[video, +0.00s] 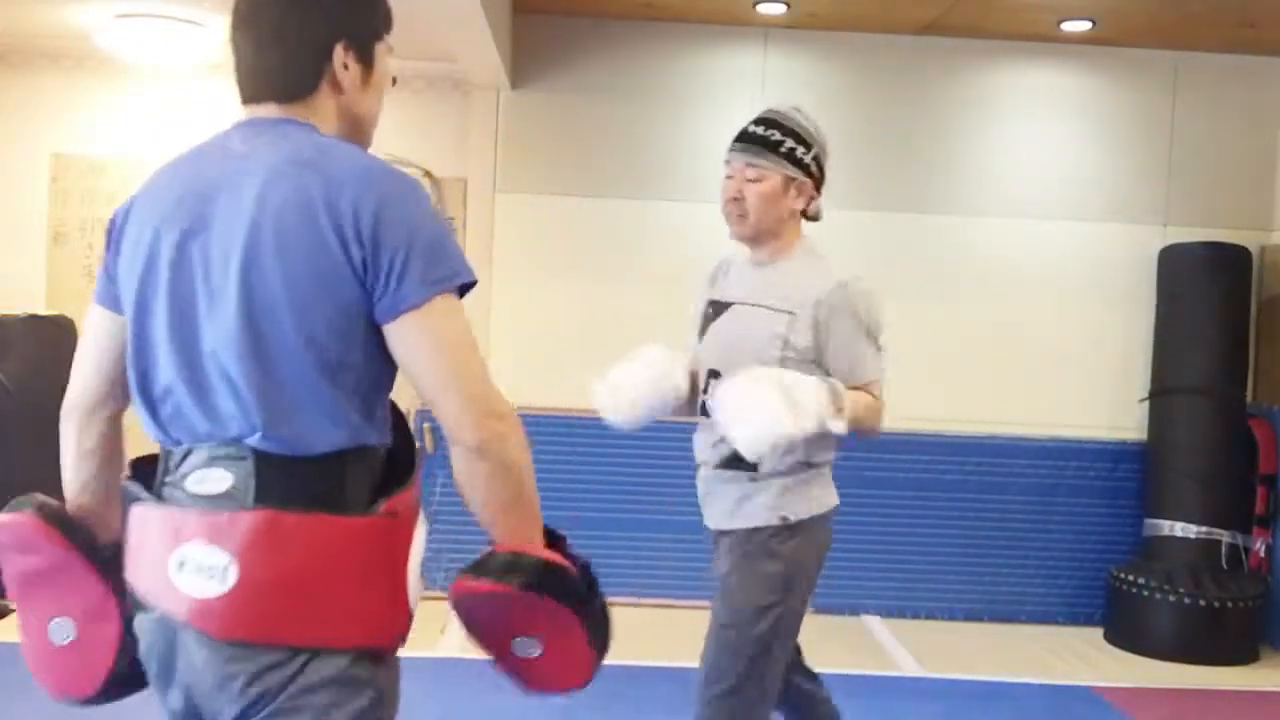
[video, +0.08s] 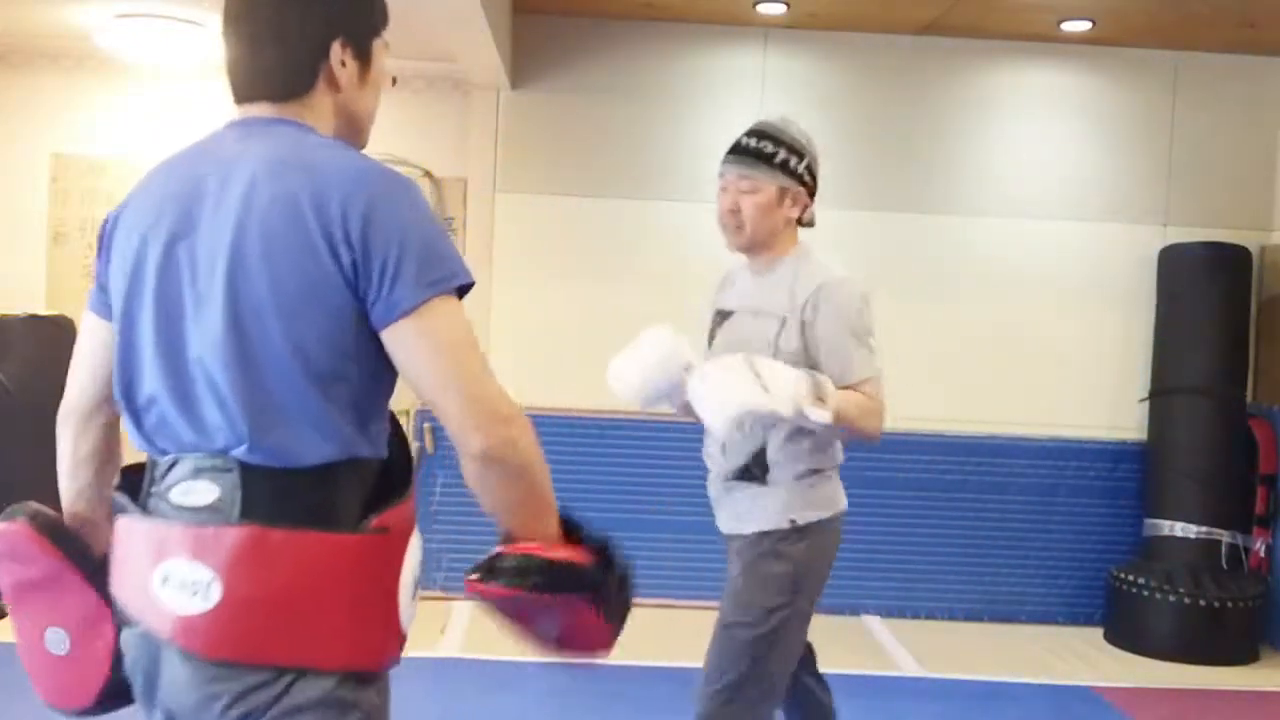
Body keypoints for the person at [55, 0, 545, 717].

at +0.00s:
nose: (384, 92)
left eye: (387, 72)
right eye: (383, 69)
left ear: (252, 68)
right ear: (343, 66)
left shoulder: (151, 201)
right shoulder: (370, 193)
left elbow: (89, 407)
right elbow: (478, 423)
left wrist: (96, 551)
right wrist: (529, 571)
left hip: (164, 584)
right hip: (299, 592)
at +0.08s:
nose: (384, 83)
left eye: (384, 62)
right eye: (381, 61)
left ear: (247, 63)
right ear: (340, 63)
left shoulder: (146, 199)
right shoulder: (362, 193)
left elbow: (85, 411)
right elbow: (488, 433)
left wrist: (90, 550)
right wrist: (548, 563)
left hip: (148, 581)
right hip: (287, 593)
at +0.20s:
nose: (376, 80)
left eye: (379, 56)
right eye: (374, 53)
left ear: (233, 46)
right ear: (333, 45)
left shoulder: (123, 192)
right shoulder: (345, 180)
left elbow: (87, 423)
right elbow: (510, 410)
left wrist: (110, 537)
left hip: (121, 570)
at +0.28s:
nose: (371, 75)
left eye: (373, 51)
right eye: (370, 49)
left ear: (232, 39)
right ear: (331, 40)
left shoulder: (118, 182)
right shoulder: (338, 174)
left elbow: (91, 430)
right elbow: (514, 389)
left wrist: (115, 543)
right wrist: (592, 381)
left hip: (117, 565)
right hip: (264, 582)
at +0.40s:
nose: (353, 49)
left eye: (356, 27)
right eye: (353, 25)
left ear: (205, 26)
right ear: (315, 20)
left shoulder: (100, 165)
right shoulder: (317, 154)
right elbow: (548, 323)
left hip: (104, 572)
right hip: (257, 585)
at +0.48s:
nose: (335, 33)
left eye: (337, 14)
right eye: (334, 13)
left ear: (185, 22)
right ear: (296, 15)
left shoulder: (92, 149)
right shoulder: (304, 140)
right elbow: (551, 270)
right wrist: (539, 135)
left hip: (92, 567)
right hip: (244, 580)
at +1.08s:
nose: (252, 21)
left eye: (251, 6)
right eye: (249, 5)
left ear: (103, 15)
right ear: (216, 6)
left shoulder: (14, 113)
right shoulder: (283, 139)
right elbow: (472, 295)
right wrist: (443, 176)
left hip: (23, 499)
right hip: (199, 507)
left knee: (31, 701)